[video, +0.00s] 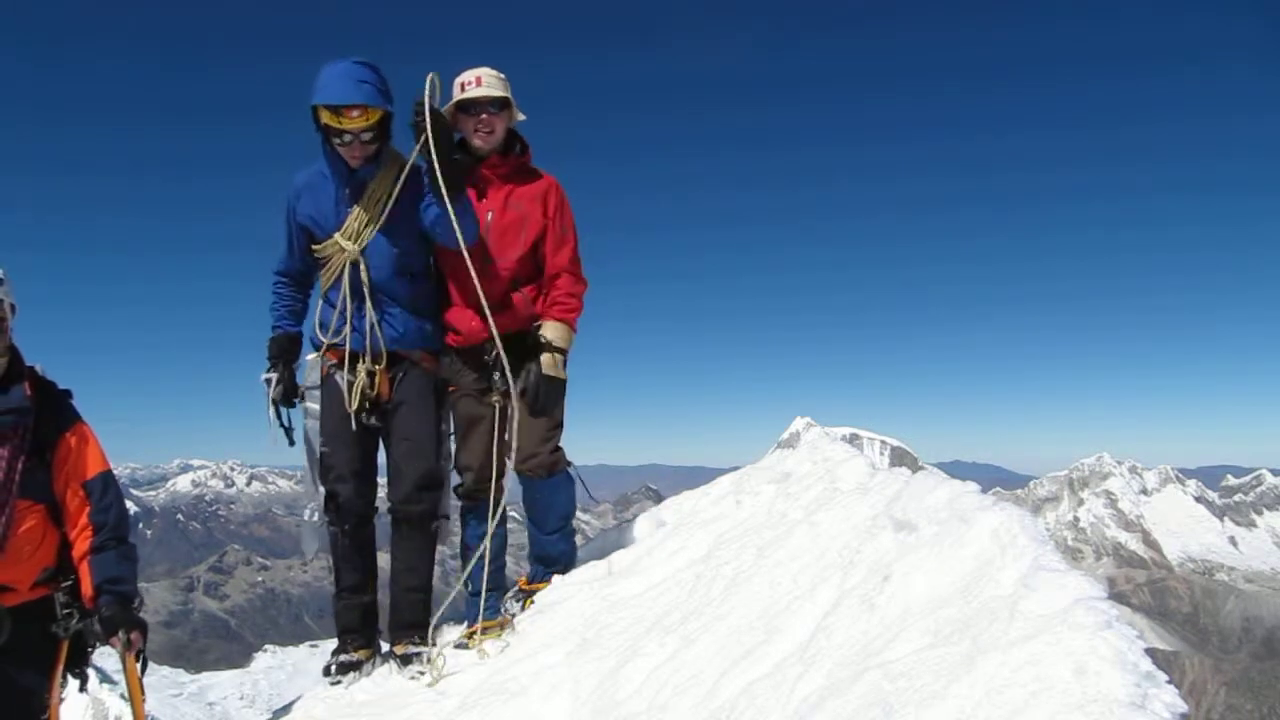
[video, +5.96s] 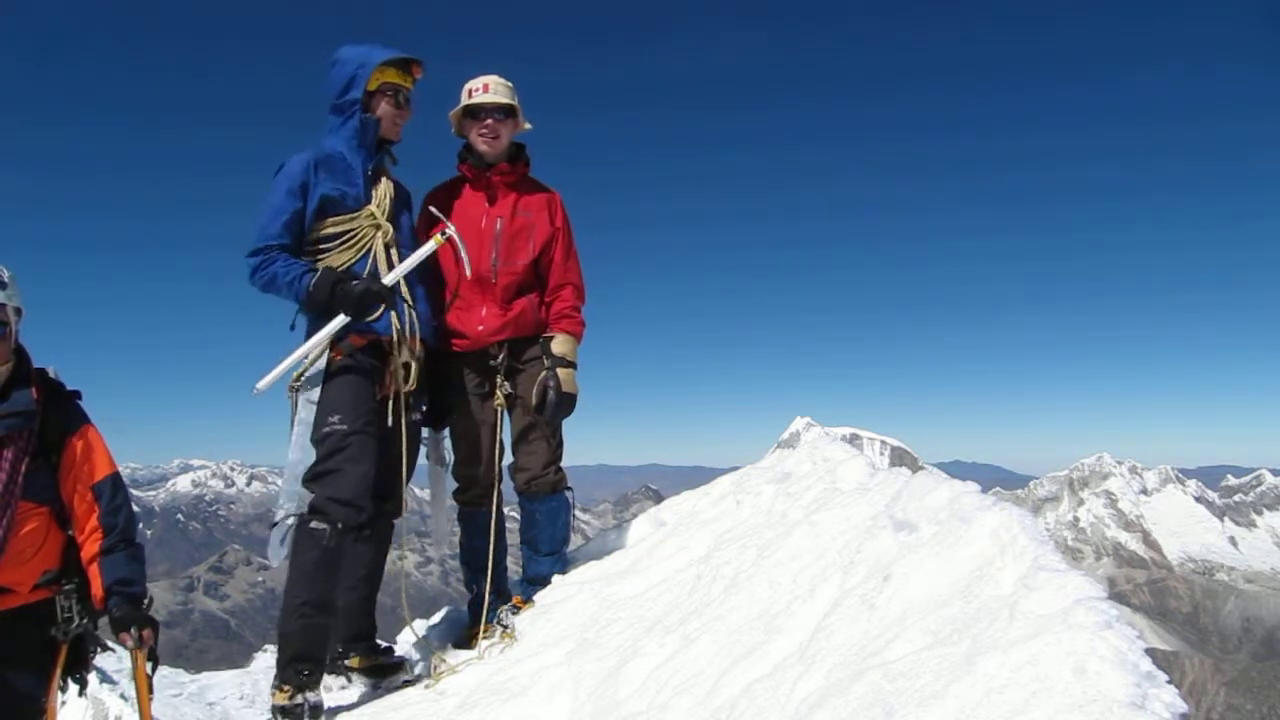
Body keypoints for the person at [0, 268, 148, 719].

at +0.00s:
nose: (2, 328)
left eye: (2, 317)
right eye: (1, 317)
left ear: (9, 321)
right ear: (6, 322)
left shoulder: (44, 409)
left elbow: (96, 510)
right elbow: (95, 510)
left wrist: (113, 599)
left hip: (24, 617)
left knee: (21, 706)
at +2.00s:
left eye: (1, 319)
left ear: (13, 322)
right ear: (6, 321)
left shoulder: (47, 408)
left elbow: (99, 507)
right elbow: (99, 507)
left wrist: (116, 597)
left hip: (24, 617)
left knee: (21, 707)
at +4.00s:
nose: (1, 329)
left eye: (2, 317)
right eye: (2, 317)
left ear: (11, 320)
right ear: (8, 321)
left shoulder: (45, 409)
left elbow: (98, 507)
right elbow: (98, 507)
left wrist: (118, 596)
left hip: (24, 619)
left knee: (20, 704)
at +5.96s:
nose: (1, 334)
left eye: (4, 320)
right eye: (2, 320)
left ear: (15, 323)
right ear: (8, 323)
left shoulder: (50, 411)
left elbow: (102, 510)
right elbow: (103, 510)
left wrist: (122, 598)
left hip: (25, 619)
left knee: (20, 704)